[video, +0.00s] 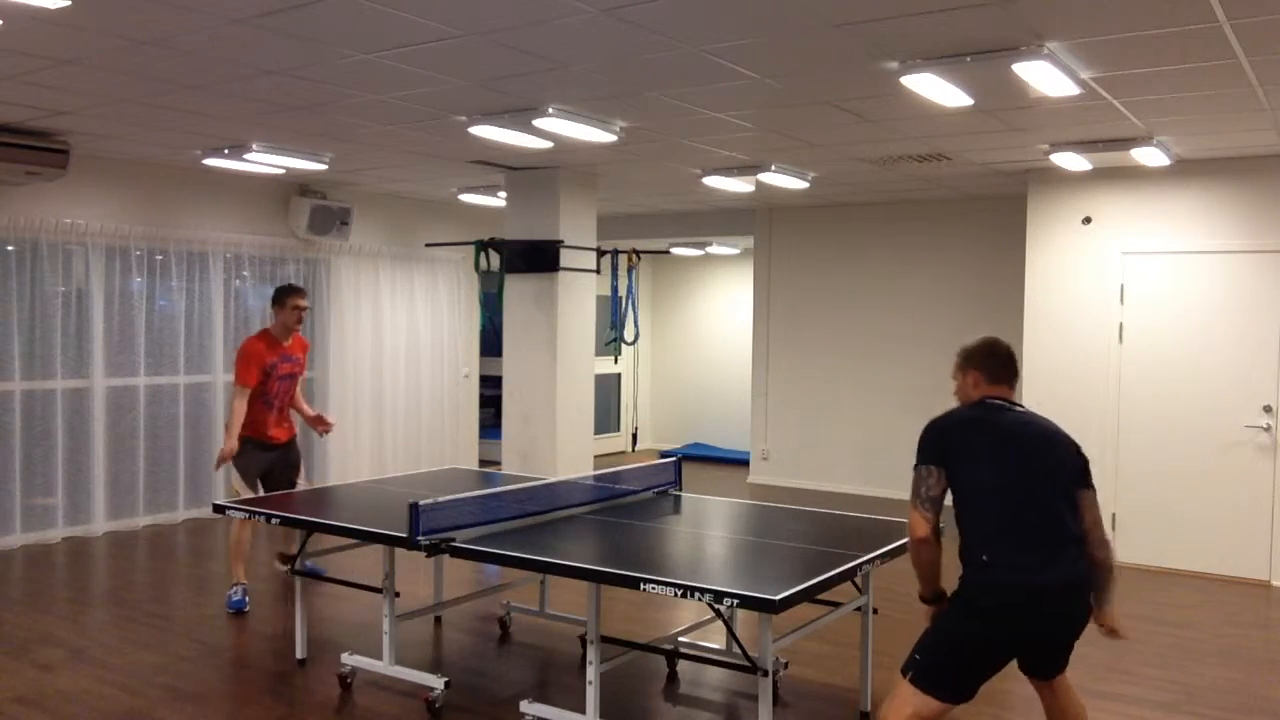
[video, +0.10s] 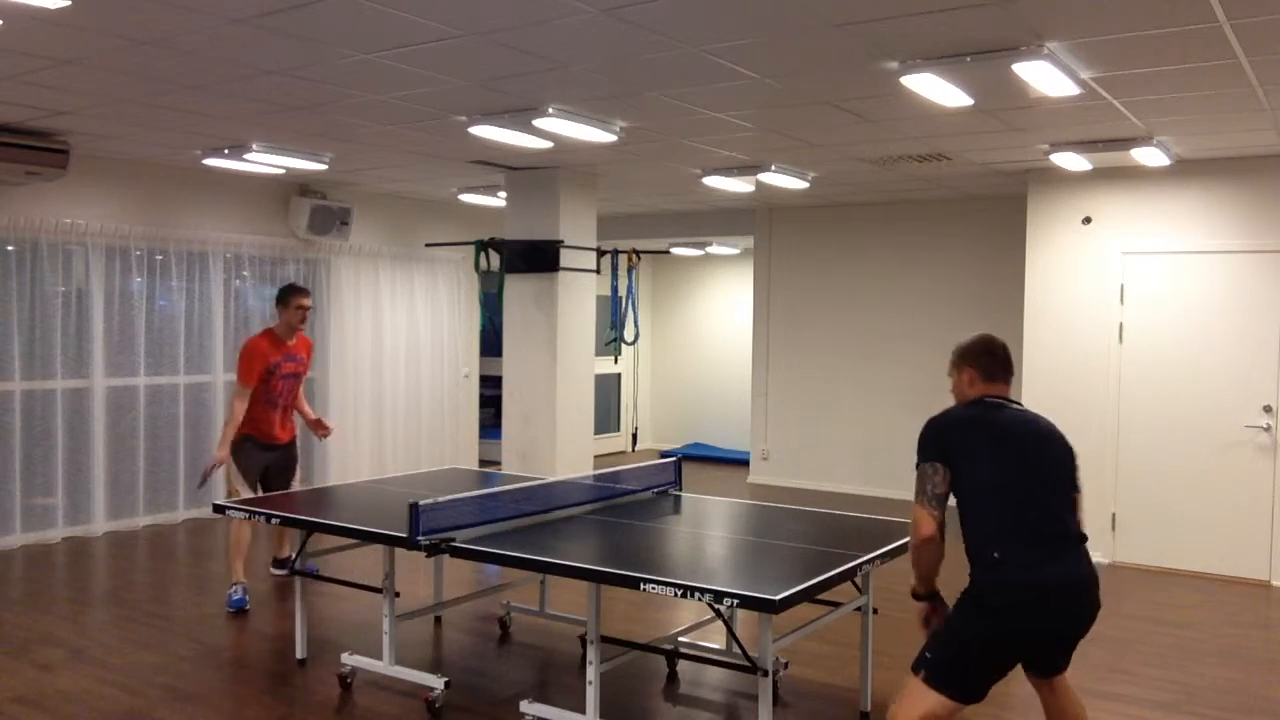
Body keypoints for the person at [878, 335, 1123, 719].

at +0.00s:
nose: (955, 391)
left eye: (957, 380)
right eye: (956, 380)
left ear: (973, 377)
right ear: (1012, 382)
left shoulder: (946, 430)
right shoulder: (1059, 440)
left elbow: (922, 533)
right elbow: (1096, 538)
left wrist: (933, 597)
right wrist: (1103, 604)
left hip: (993, 595)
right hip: (1068, 594)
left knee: (905, 708)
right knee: (1049, 674)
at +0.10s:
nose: (951, 388)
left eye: (953, 377)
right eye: (952, 377)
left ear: (968, 375)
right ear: (1007, 379)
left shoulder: (946, 427)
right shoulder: (1050, 432)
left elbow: (927, 533)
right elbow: (1072, 524)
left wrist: (926, 593)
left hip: (1003, 595)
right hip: (1076, 589)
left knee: (913, 709)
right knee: (1049, 674)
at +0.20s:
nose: (946, 391)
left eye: (947, 380)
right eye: (946, 381)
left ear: (960, 379)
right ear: (1000, 381)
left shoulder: (949, 428)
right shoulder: (1035, 429)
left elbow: (923, 522)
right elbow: (1050, 512)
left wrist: (897, 579)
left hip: (1019, 593)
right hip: (1087, 587)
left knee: (930, 708)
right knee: (1047, 672)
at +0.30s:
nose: (940, 394)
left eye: (940, 384)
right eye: (939, 384)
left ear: (955, 384)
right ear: (992, 382)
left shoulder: (959, 423)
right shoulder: (1019, 424)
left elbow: (920, 502)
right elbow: (1027, 518)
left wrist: (870, 550)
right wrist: (939, 521)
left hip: (1035, 589)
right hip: (1092, 581)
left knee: (958, 707)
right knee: (1047, 672)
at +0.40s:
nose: (928, 384)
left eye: (929, 374)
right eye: (927, 375)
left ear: (944, 373)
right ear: (976, 372)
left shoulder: (967, 405)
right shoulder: (998, 411)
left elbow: (980, 445)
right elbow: (958, 471)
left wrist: (899, 506)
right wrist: (889, 484)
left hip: (1048, 570)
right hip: (1088, 566)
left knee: (965, 699)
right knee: (1040, 662)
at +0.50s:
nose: (913, 378)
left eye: (916, 368)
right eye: (914, 369)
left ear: (935, 370)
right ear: (948, 368)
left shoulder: (974, 399)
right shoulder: (955, 419)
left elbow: (1005, 428)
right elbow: (896, 445)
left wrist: (935, 488)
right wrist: (835, 443)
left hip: (1056, 560)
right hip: (1070, 555)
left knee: (970, 690)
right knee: (1025, 660)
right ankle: (1061, 715)